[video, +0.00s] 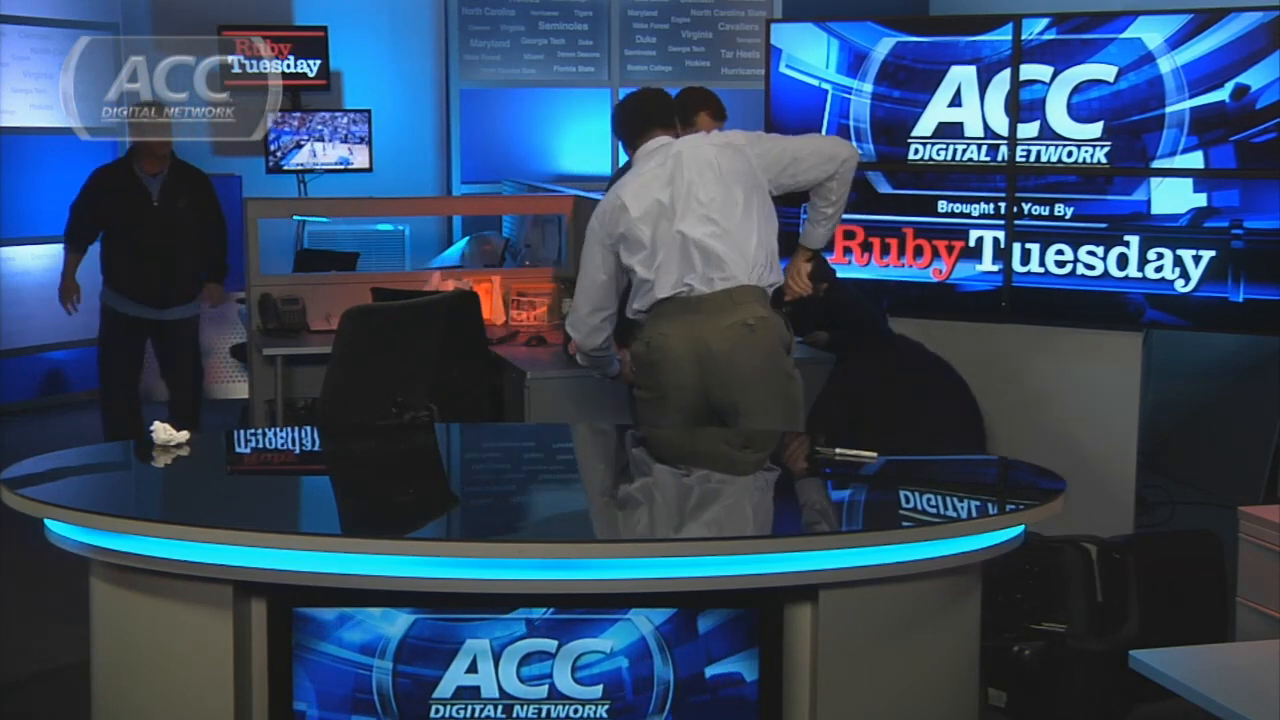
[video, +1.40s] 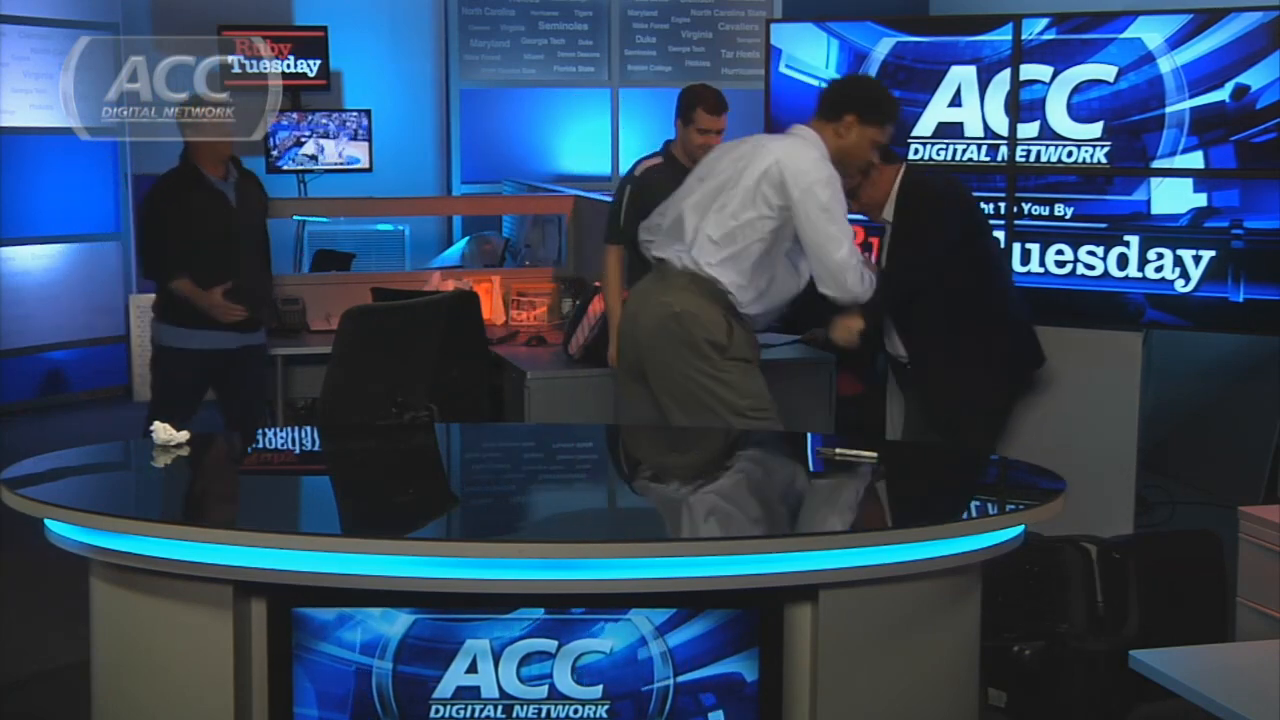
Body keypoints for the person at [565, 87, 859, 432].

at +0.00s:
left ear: (625, 143)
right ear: (677, 125)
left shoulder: (615, 203)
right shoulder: (734, 147)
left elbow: (587, 333)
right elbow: (840, 156)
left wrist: (614, 364)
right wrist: (806, 252)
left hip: (663, 337)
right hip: (748, 321)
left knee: (666, 479)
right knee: (744, 479)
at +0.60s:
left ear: (625, 114)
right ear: (680, 97)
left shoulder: (616, 191)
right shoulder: (732, 120)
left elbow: (599, 319)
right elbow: (837, 109)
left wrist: (616, 353)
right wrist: (796, 181)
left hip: (671, 325)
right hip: (753, 309)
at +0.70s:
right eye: (696, 95)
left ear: (635, 108)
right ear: (690, 95)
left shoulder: (616, 184)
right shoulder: (731, 118)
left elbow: (593, 307)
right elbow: (837, 112)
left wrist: (621, 347)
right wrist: (797, 173)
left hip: (665, 319)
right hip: (744, 306)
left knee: (677, 477)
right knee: (745, 476)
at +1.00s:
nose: (753, 104)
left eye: (753, 95)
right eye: (750, 93)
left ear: (687, 91)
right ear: (728, 85)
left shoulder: (633, 157)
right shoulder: (727, 122)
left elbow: (585, 269)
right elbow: (826, 180)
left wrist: (635, 307)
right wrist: (781, 210)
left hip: (629, 312)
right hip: (698, 307)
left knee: (642, 459)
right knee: (714, 462)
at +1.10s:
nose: (782, 119)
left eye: (784, 109)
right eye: (779, 106)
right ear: (752, 91)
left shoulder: (653, 149)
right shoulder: (741, 128)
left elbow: (594, 255)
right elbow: (820, 215)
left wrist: (638, 299)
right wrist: (783, 240)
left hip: (623, 306)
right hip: (686, 308)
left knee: (630, 452)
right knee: (730, 457)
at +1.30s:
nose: (841, 142)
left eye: (846, 131)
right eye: (841, 128)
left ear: (808, 106)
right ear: (815, 109)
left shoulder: (713, 141)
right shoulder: (778, 145)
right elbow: (835, 260)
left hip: (634, 303)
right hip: (686, 313)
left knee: (647, 469)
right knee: (748, 457)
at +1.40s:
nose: (874, 160)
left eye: (880, 150)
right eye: (875, 145)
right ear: (847, 126)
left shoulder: (742, 147)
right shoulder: (806, 160)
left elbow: (655, 230)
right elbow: (847, 285)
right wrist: (867, 272)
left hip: (643, 307)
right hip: (695, 316)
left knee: (670, 467)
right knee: (767, 455)